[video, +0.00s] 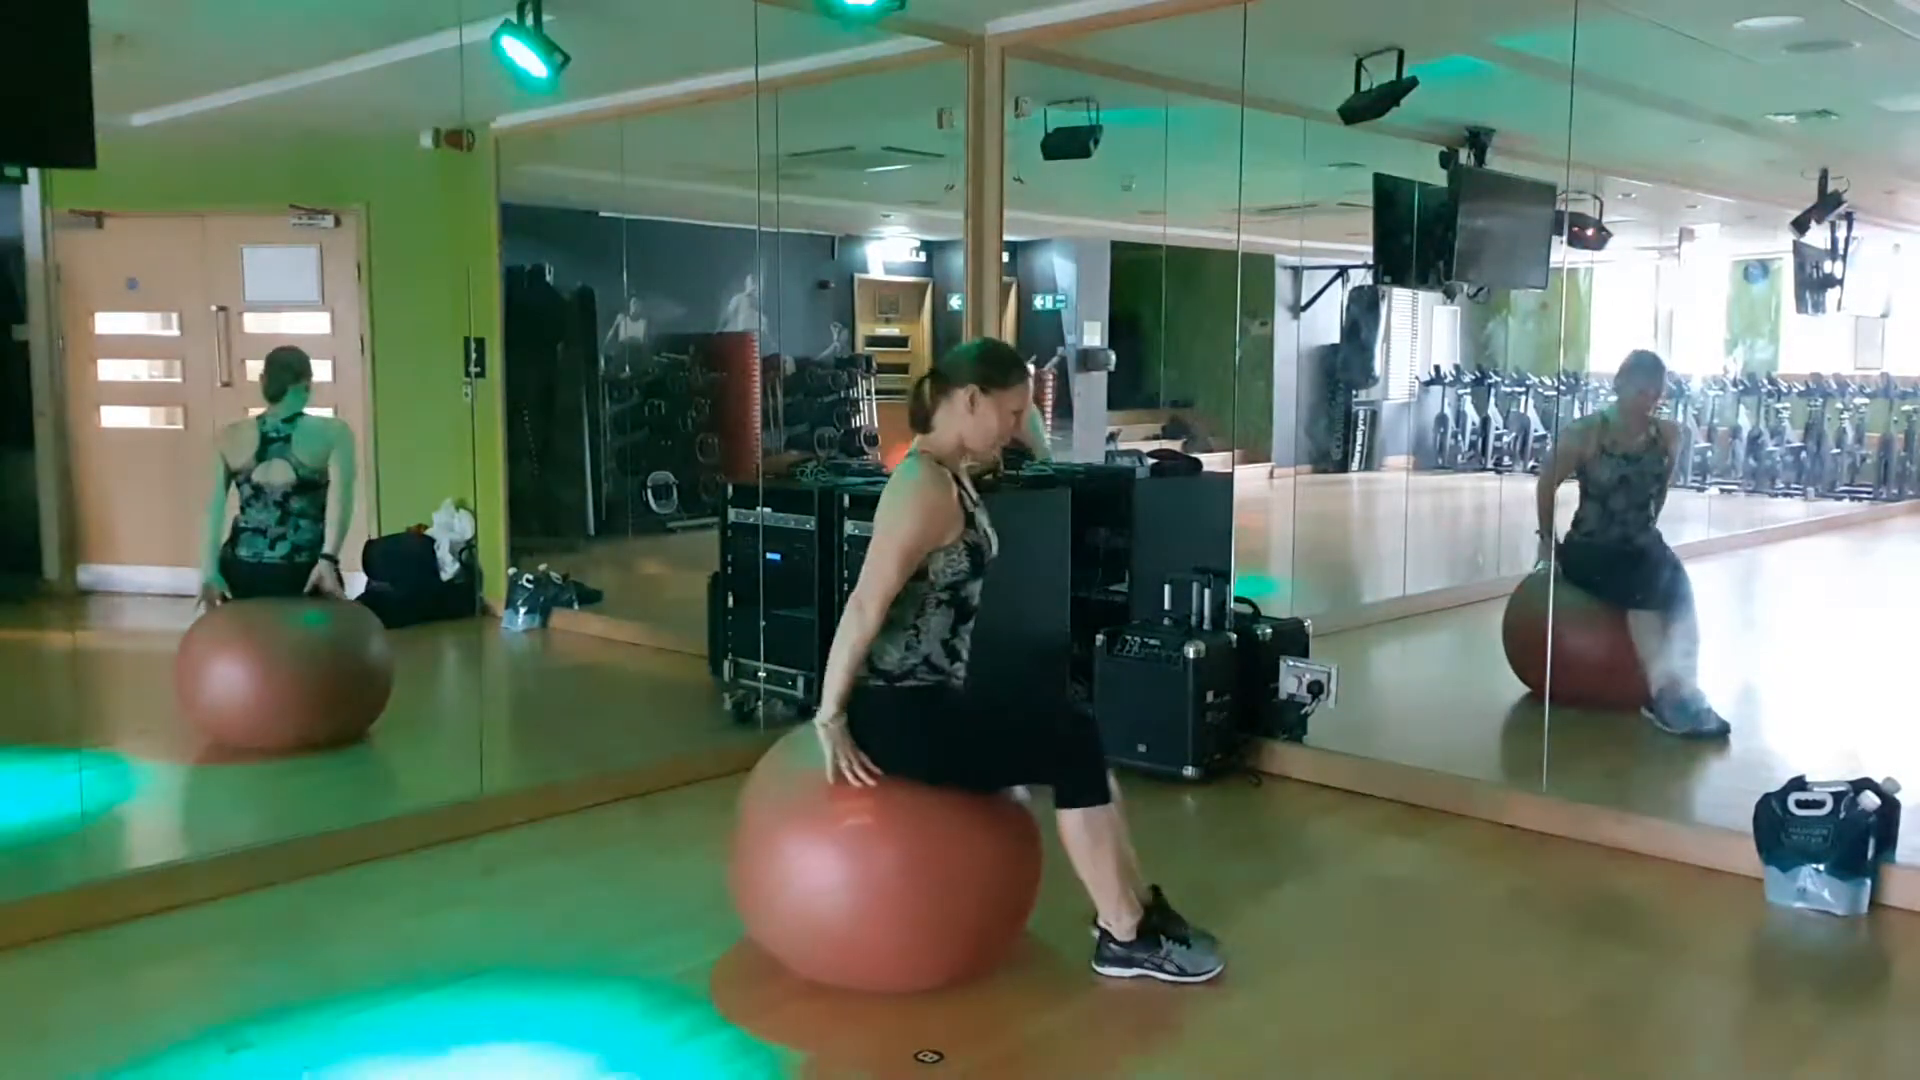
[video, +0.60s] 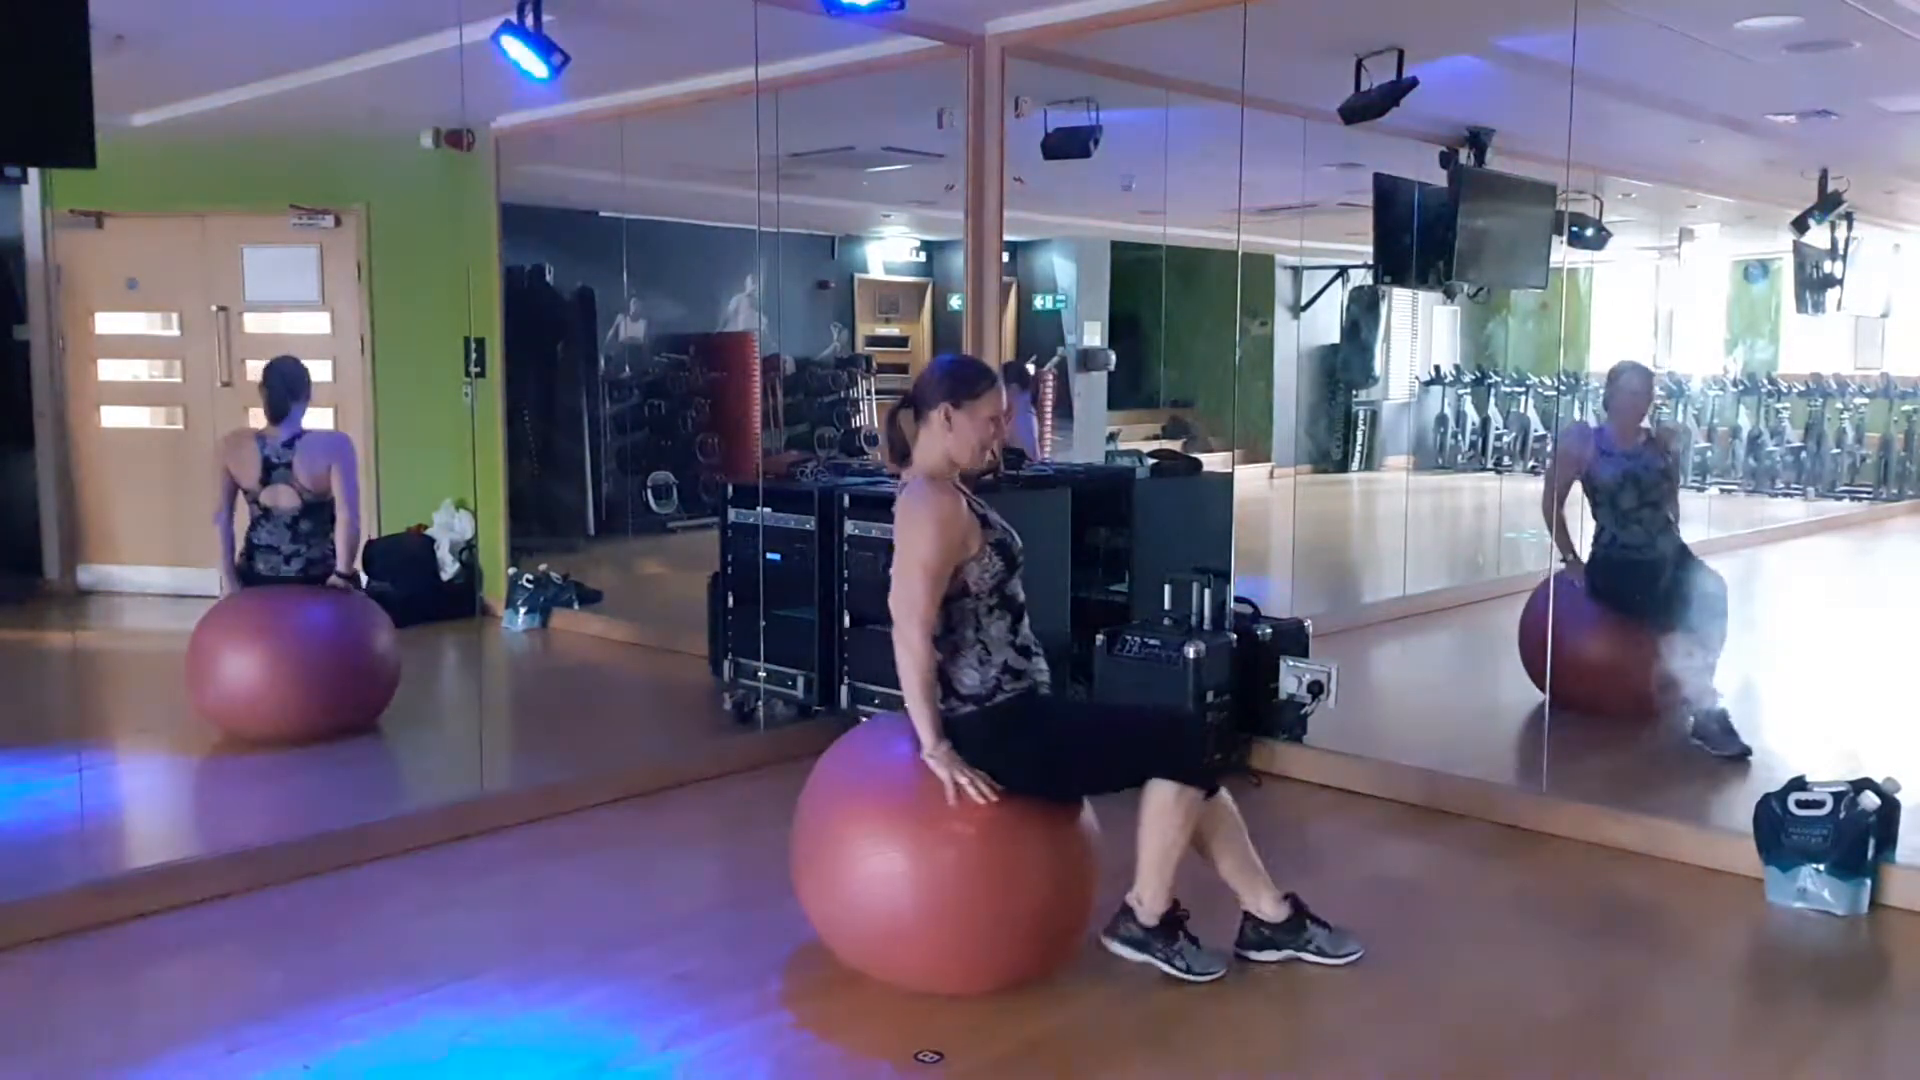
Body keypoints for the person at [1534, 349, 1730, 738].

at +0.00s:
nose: (1651, 401)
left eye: (1657, 393)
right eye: (1643, 391)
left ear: (1663, 394)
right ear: (1621, 387)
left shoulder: (1668, 435)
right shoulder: (1584, 435)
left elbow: (1659, 492)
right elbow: (1546, 483)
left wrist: (1643, 530)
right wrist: (1547, 542)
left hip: (1642, 544)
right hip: (1589, 545)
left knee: (1677, 584)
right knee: (1645, 582)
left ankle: (1686, 693)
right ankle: (1664, 693)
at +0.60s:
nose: (1638, 403)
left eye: (1645, 395)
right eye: (1629, 394)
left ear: (1652, 400)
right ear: (1609, 396)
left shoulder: (1662, 442)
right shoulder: (1582, 441)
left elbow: (1670, 504)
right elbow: (1552, 504)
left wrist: (1676, 549)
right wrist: (1572, 560)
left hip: (1668, 555)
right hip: (1616, 559)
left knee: (1713, 589)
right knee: (1686, 603)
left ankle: (1700, 699)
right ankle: (1706, 711)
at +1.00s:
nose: (1644, 421)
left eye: (1647, 413)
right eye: (1635, 413)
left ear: (1649, 417)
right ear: (1609, 413)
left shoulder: (1665, 461)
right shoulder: (1581, 466)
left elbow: (1677, 522)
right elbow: (1557, 527)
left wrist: (1686, 559)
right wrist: (1588, 570)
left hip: (1679, 563)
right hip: (1630, 574)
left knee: (1723, 576)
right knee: (1712, 607)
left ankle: (1744, 689)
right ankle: (1715, 717)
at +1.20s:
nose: (1639, 426)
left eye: (1642, 419)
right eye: (1629, 418)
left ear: (1646, 424)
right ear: (1604, 422)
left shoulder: (1664, 465)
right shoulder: (1579, 471)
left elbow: (1682, 526)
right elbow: (1560, 535)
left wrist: (1695, 564)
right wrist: (1593, 574)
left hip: (1686, 563)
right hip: (1635, 575)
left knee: (1728, 588)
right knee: (1709, 603)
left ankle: (1791, 703)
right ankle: (1715, 714)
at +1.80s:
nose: (1629, 470)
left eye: (1631, 465)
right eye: (1618, 466)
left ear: (1636, 474)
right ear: (1596, 477)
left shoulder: (1659, 511)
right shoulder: (1579, 516)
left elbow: (1685, 553)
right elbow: (1568, 572)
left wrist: (1712, 571)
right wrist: (1608, 588)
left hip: (1696, 578)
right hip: (1653, 587)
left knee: (1768, 626)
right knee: (1721, 613)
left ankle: (1818, 744)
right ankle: (1720, 715)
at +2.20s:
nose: (1626, 490)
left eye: (1630, 486)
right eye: (1615, 486)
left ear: (1638, 497)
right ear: (1596, 500)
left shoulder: (1664, 526)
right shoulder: (1586, 532)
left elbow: (1698, 558)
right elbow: (1581, 574)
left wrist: (1735, 580)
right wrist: (1613, 592)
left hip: (1700, 582)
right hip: (1657, 588)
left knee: (1787, 623)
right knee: (1746, 592)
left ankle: (1819, 745)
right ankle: (1760, 710)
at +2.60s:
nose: (1633, 492)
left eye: (1636, 489)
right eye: (1620, 491)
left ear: (1644, 503)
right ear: (1603, 510)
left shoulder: (1673, 526)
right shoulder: (1596, 534)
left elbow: (1708, 556)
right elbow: (1594, 575)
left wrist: (1743, 577)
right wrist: (1622, 597)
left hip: (1719, 581)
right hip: (1676, 590)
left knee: (1801, 622)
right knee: (1742, 620)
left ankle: (1826, 742)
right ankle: (1784, 716)